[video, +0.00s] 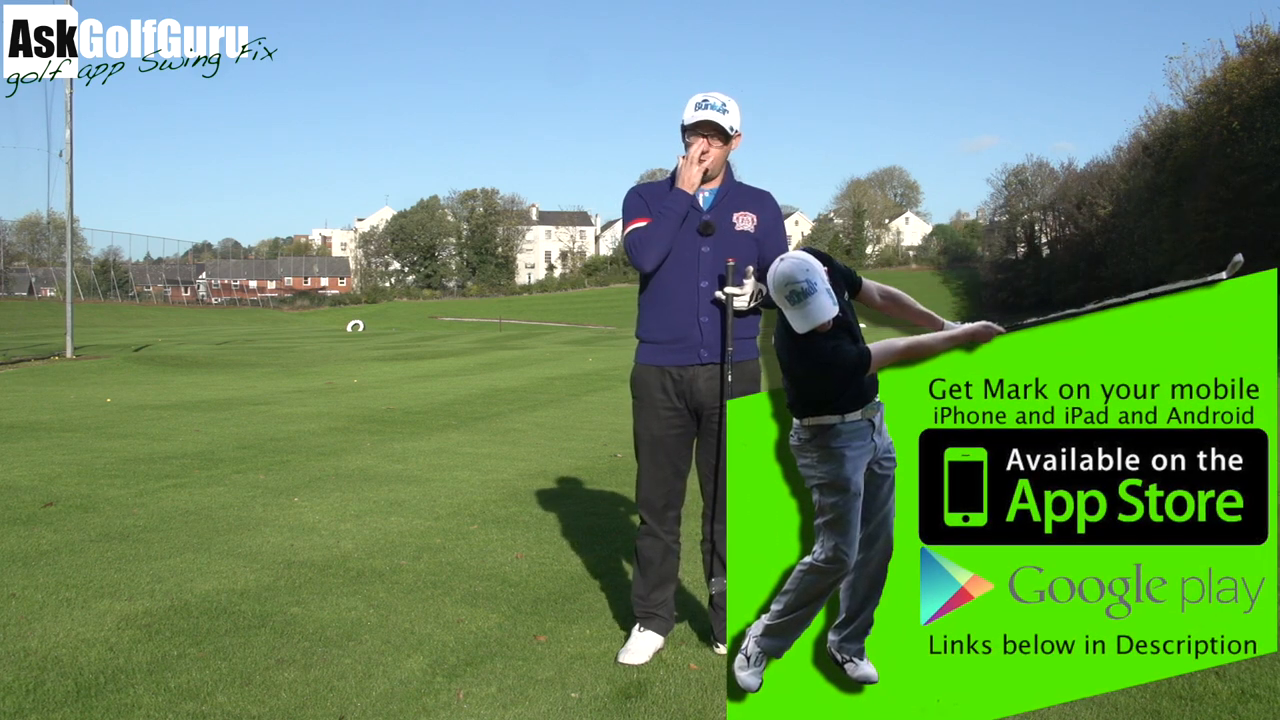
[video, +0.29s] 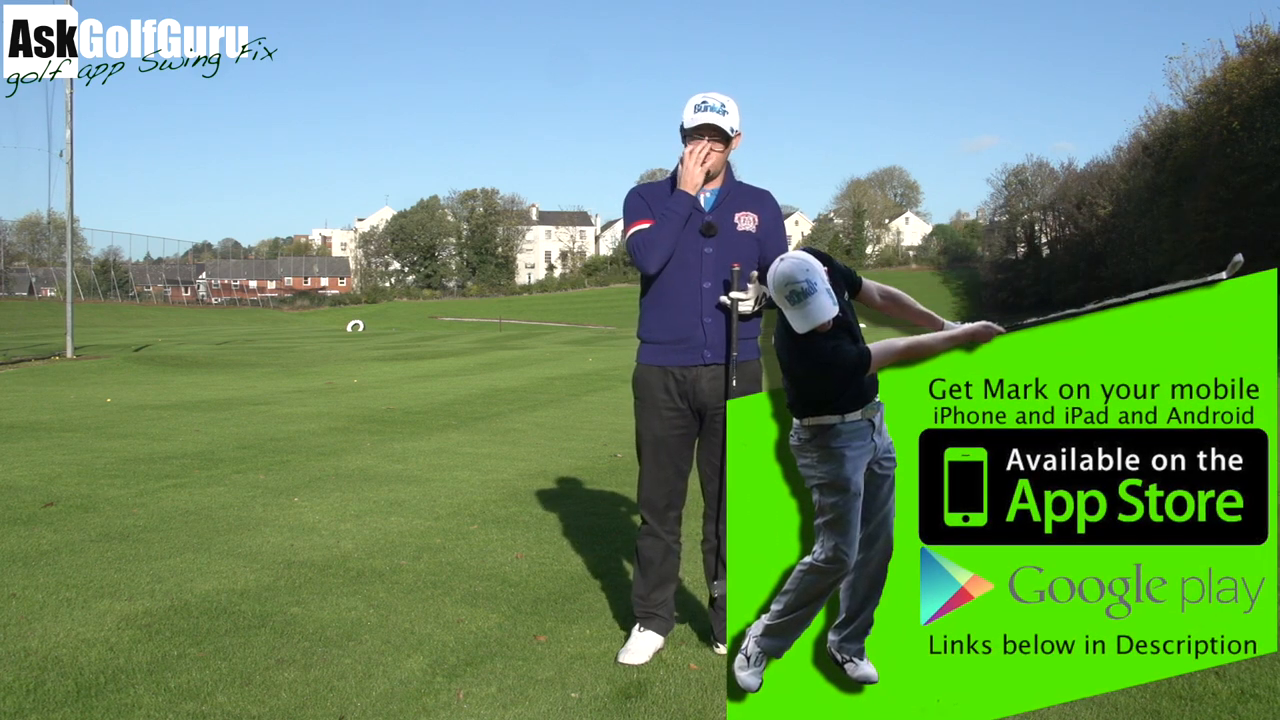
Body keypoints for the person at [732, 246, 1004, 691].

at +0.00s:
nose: (823, 323)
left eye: (825, 310)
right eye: (811, 321)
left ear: (823, 284)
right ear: (786, 308)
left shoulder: (818, 268)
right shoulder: (809, 351)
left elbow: (880, 296)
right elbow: (899, 352)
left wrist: (946, 327)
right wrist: (963, 337)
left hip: (871, 425)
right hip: (828, 439)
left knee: (874, 547)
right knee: (835, 555)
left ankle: (846, 643)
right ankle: (762, 641)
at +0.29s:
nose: (823, 324)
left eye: (825, 310)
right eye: (810, 321)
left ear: (823, 284)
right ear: (785, 308)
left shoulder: (818, 268)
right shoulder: (808, 350)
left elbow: (880, 296)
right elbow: (899, 352)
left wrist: (945, 326)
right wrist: (962, 337)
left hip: (870, 425)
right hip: (828, 439)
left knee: (874, 546)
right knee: (835, 555)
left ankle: (846, 643)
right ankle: (762, 641)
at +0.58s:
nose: (823, 324)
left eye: (825, 310)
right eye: (811, 321)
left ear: (824, 284)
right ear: (785, 309)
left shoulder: (819, 268)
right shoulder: (809, 352)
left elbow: (880, 296)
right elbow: (901, 351)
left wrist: (946, 326)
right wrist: (963, 337)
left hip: (871, 425)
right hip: (829, 439)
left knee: (874, 547)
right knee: (835, 555)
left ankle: (846, 643)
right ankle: (762, 641)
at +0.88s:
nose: (824, 324)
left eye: (826, 310)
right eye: (812, 321)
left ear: (825, 284)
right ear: (787, 309)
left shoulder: (819, 268)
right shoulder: (810, 352)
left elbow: (880, 296)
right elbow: (901, 351)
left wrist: (946, 326)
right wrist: (963, 337)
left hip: (871, 425)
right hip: (828, 439)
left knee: (874, 547)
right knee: (835, 555)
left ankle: (846, 643)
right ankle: (762, 641)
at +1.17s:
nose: (824, 324)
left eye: (826, 311)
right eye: (812, 322)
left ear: (825, 285)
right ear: (787, 310)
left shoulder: (819, 268)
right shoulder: (809, 351)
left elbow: (880, 296)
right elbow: (900, 351)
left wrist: (946, 326)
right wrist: (964, 337)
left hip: (871, 425)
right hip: (829, 439)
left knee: (874, 547)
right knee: (835, 554)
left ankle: (846, 642)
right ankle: (762, 641)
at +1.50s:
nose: (823, 324)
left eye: (825, 311)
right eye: (811, 322)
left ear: (824, 285)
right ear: (785, 311)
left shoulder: (818, 268)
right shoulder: (809, 353)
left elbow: (880, 296)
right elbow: (900, 352)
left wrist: (946, 327)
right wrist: (963, 337)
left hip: (871, 425)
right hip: (829, 439)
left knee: (874, 546)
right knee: (835, 555)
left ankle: (846, 642)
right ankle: (762, 641)